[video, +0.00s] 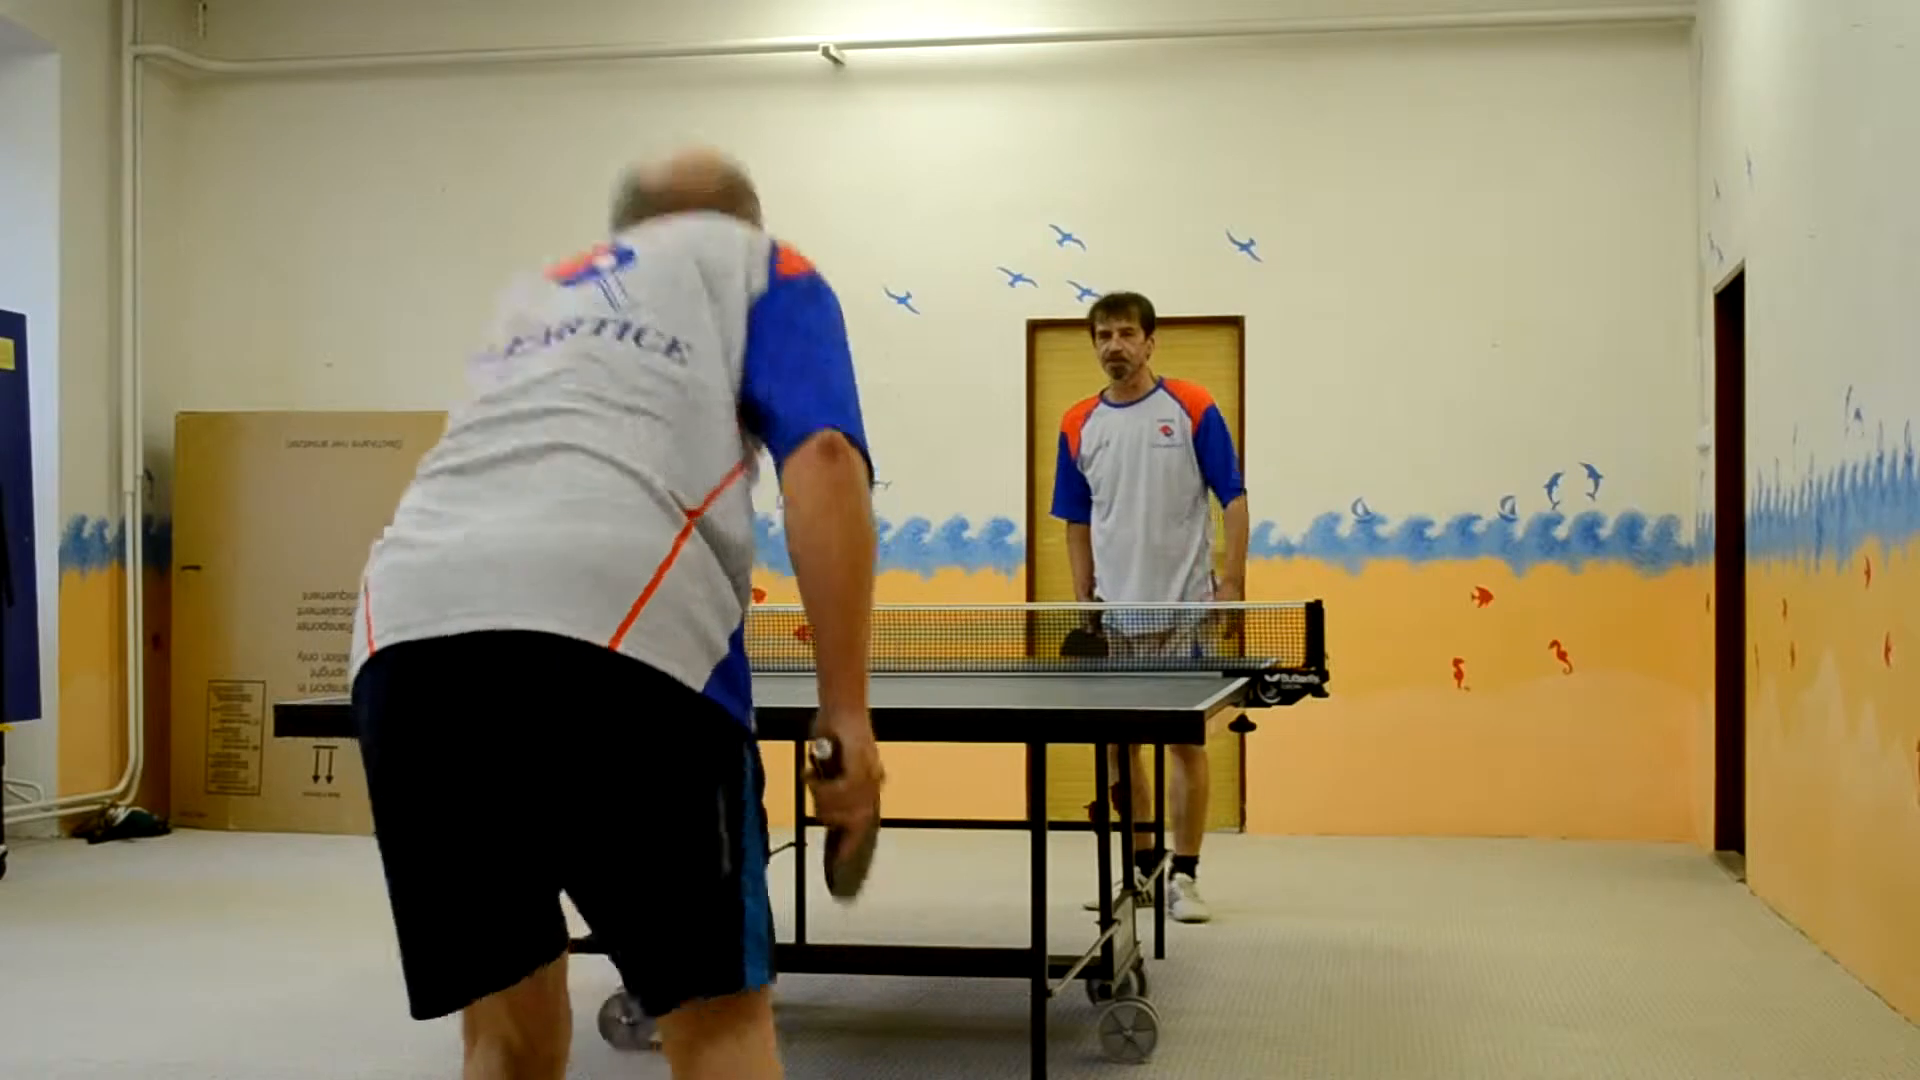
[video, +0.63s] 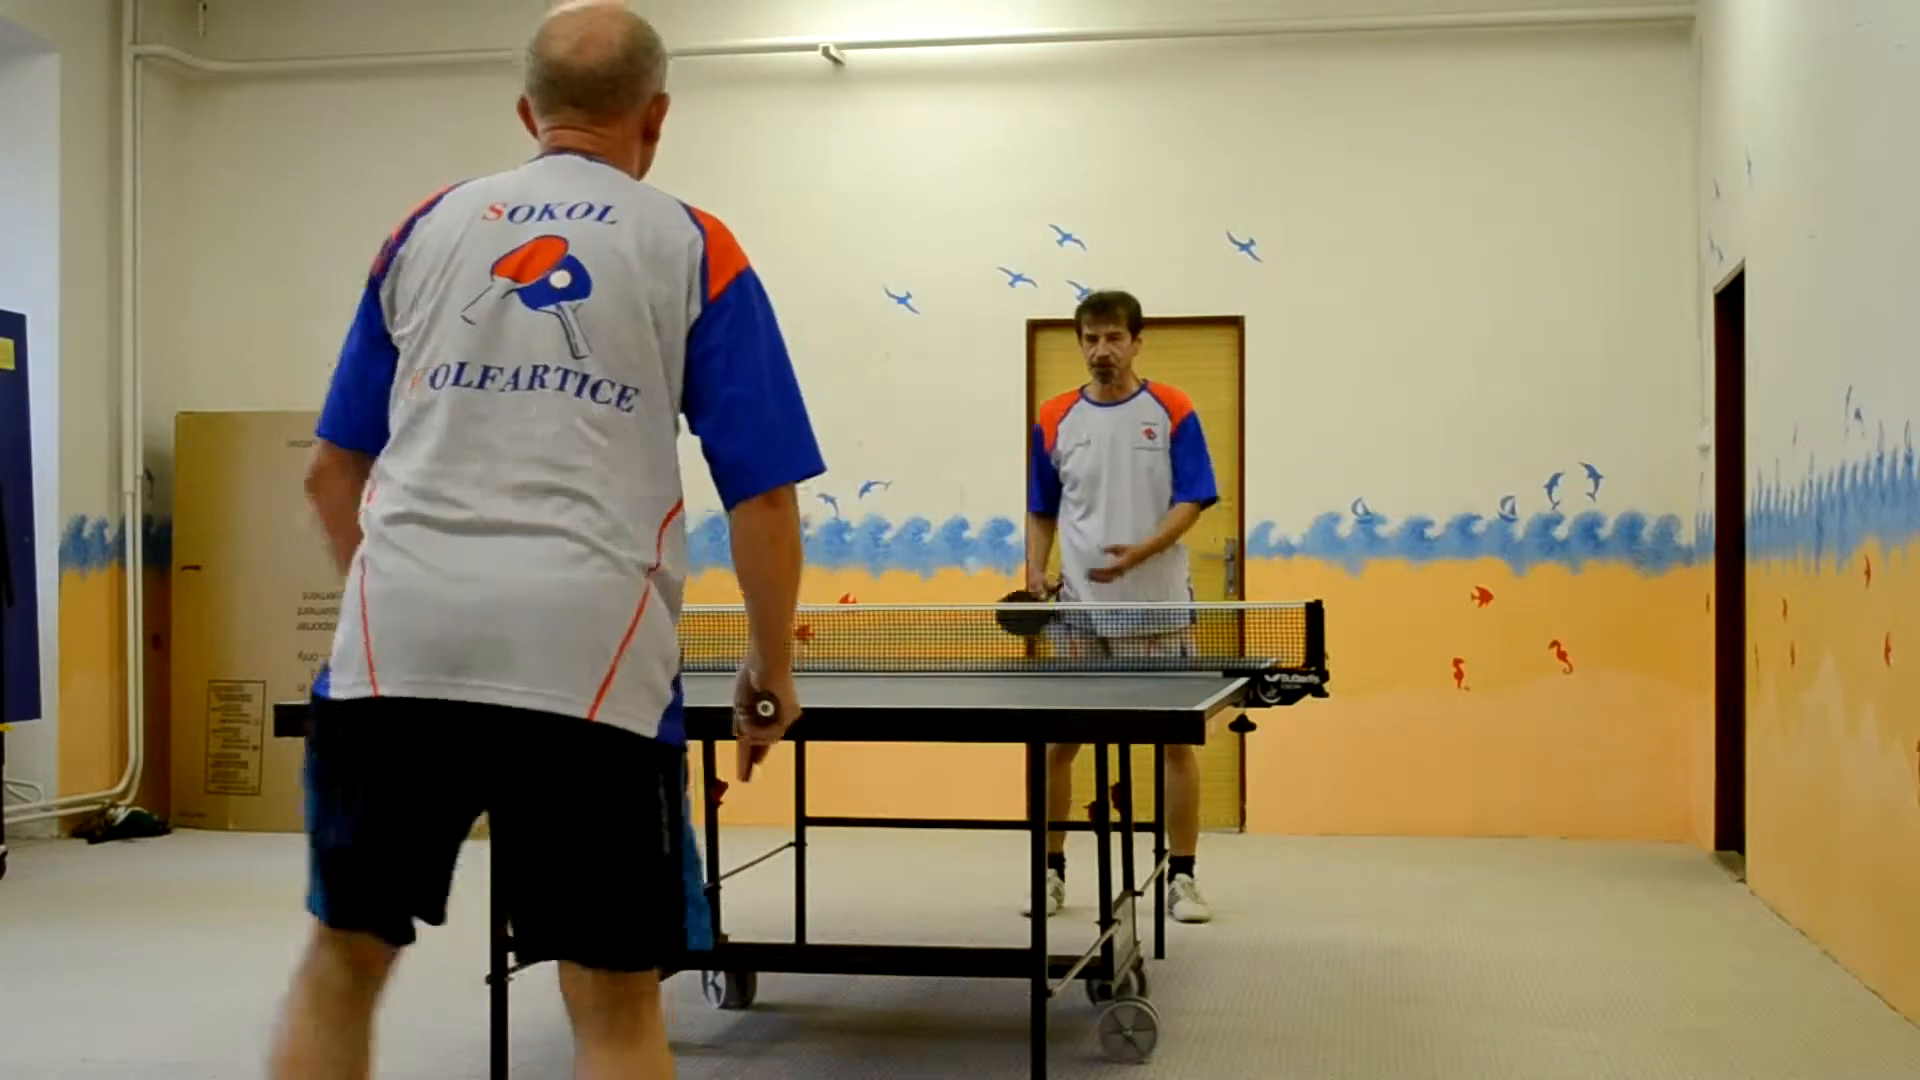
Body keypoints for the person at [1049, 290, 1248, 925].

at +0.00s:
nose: (1116, 346)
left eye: (1127, 334)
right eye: (1105, 336)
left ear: (1149, 340)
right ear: (1094, 345)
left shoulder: (1193, 407)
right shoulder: (1076, 424)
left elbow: (1234, 498)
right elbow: (1075, 524)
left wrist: (1230, 583)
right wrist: (1085, 605)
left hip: (1186, 610)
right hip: (1114, 615)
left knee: (1185, 741)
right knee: (1120, 747)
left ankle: (1182, 872)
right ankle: (1143, 871)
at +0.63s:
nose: (1101, 349)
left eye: (1112, 338)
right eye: (1091, 339)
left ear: (1136, 342)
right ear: (1079, 344)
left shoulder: (1172, 409)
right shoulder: (1054, 419)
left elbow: (1196, 497)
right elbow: (1042, 506)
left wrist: (1141, 551)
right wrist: (1035, 568)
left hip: (1158, 606)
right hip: (1079, 609)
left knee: (1177, 740)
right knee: (1057, 741)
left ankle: (1181, 873)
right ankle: (1050, 870)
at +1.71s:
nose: (1159, 381)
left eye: (1171, 369)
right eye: (1148, 369)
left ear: (1187, 367)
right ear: (1130, 367)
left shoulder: (1214, 420)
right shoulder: (1093, 431)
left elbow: (1240, 510)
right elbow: (1052, 517)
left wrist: (1184, 544)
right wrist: (1081, 573)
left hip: (1191, 609)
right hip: (1123, 610)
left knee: (1180, 736)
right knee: (1142, 738)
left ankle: (1146, 862)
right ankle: (1144, 871)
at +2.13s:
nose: (1200, 438)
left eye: (1210, 425)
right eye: (1187, 426)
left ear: (1222, 418)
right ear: (1163, 419)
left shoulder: (1242, 454)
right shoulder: (1127, 473)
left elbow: (1273, 545)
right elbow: (1088, 569)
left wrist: (1255, 607)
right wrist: (1140, 632)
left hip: (1213, 632)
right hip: (1151, 637)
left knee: (1247, 738)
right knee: (1175, 746)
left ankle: (1197, 857)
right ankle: (1170, 879)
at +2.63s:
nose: (1220, 436)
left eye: (1229, 424)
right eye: (1208, 425)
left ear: (1240, 414)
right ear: (1182, 415)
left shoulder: (1253, 440)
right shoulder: (1154, 471)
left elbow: (1299, 519)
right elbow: (1142, 577)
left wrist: (1278, 550)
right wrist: (1223, 625)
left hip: (1224, 620)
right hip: (1162, 623)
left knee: (1286, 715)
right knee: (1192, 742)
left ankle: (1253, 831)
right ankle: (1174, 879)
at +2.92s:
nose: (1231, 423)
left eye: (1239, 410)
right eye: (1218, 413)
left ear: (1249, 401)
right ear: (1192, 406)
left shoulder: (1262, 425)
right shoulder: (1169, 462)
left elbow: (1347, 461)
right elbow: (1188, 567)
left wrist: (1356, 505)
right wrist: (1264, 549)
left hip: (1241, 608)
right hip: (1182, 617)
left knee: (1310, 727)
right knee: (1202, 746)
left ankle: (1327, 841)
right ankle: (1175, 880)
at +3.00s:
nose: (1229, 416)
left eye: (1239, 403)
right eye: (1217, 405)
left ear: (1252, 395)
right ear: (1196, 400)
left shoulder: (1278, 434)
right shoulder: (1166, 454)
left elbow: (1368, 466)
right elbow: (1144, 545)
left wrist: (1380, 517)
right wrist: (1220, 559)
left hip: (1254, 614)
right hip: (1187, 618)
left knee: (1308, 744)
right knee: (1198, 746)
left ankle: (1325, 863)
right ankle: (1176, 879)